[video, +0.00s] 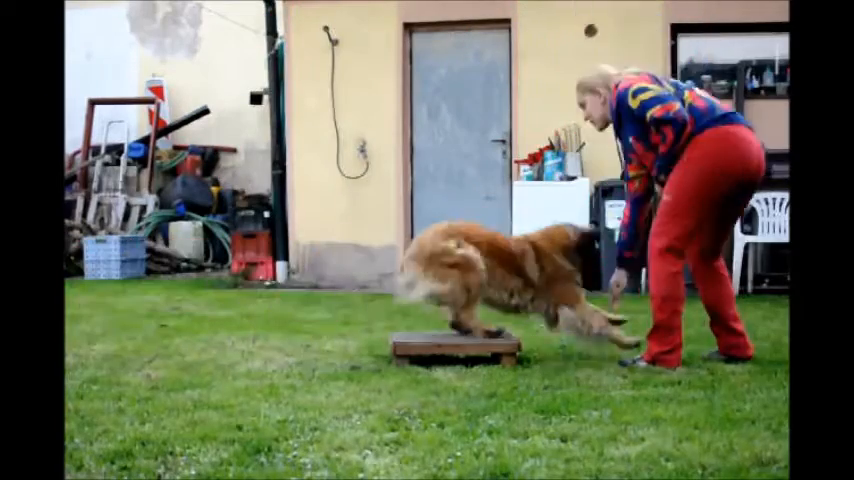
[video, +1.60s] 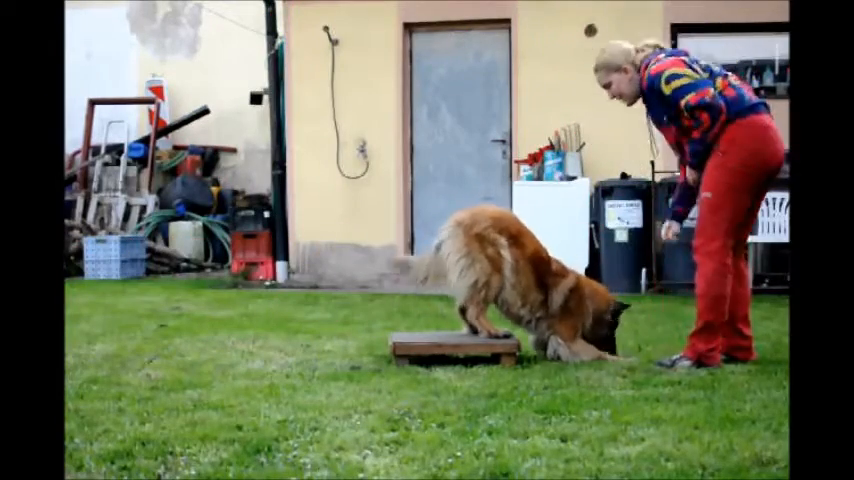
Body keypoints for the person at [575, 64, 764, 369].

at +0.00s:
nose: (585, 115)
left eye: (584, 105)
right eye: (581, 109)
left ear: (601, 92)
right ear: (602, 96)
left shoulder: (629, 87)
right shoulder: (631, 130)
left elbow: (674, 117)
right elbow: (637, 194)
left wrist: (661, 173)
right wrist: (624, 266)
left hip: (718, 144)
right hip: (745, 148)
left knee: (664, 245)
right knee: (705, 253)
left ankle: (662, 354)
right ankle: (735, 347)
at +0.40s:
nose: (599, 155)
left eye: (596, 146)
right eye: (594, 150)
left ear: (607, 129)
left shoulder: (632, 113)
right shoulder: (647, 156)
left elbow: (678, 127)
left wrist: (673, 181)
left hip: (725, 144)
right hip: (758, 148)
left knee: (673, 250)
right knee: (714, 252)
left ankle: (663, 354)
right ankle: (735, 346)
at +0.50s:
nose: (602, 122)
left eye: (600, 112)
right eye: (598, 116)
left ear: (613, 97)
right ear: (615, 99)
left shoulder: (635, 92)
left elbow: (675, 118)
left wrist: (671, 172)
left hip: (722, 139)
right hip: (758, 142)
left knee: (676, 249)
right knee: (717, 249)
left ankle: (663, 354)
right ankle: (736, 347)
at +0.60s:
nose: (608, 97)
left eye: (605, 89)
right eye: (604, 92)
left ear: (621, 75)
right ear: (622, 75)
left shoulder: (641, 76)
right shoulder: (668, 69)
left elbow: (674, 109)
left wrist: (666, 161)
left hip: (720, 136)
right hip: (755, 136)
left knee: (680, 250)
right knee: (721, 247)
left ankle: (663, 354)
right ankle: (736, 346)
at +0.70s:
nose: (622, 64)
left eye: (620, 54)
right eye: (619, 57)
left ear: (636, 40)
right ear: (649, 37)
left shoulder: (654, 54)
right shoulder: (689, 47)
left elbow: (675, 100)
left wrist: (666, 142)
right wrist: (685, 139)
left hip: (717, 137)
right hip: (755, 138)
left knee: (683, 248)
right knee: (723, 247)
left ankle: (664, 353)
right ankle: (736, 347)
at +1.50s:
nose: (619, 69)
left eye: (619, 60)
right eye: (614, 64)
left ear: (637, 45)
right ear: (637, 49)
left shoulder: (672, 54)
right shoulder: (672, 58)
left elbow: (711, 100)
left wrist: (690, 156)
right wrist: (690, 176)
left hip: (739, 139)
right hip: (758, 138)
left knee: (706, 243)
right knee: (733, 247)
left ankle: (704, 350)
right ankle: (737, 344)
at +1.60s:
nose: (610, 95)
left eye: (609, 85)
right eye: (605, 90)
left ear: (627, 69)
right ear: (626, 73)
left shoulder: (662, 69)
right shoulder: (659, 93)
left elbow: (709, 110)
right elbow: (691, 163)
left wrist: (694, 162)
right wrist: (676, 216)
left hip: (743, 138)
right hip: (756, 139)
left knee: (709, 245)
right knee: (730, 248)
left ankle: (704, 350)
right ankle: (737, 344)